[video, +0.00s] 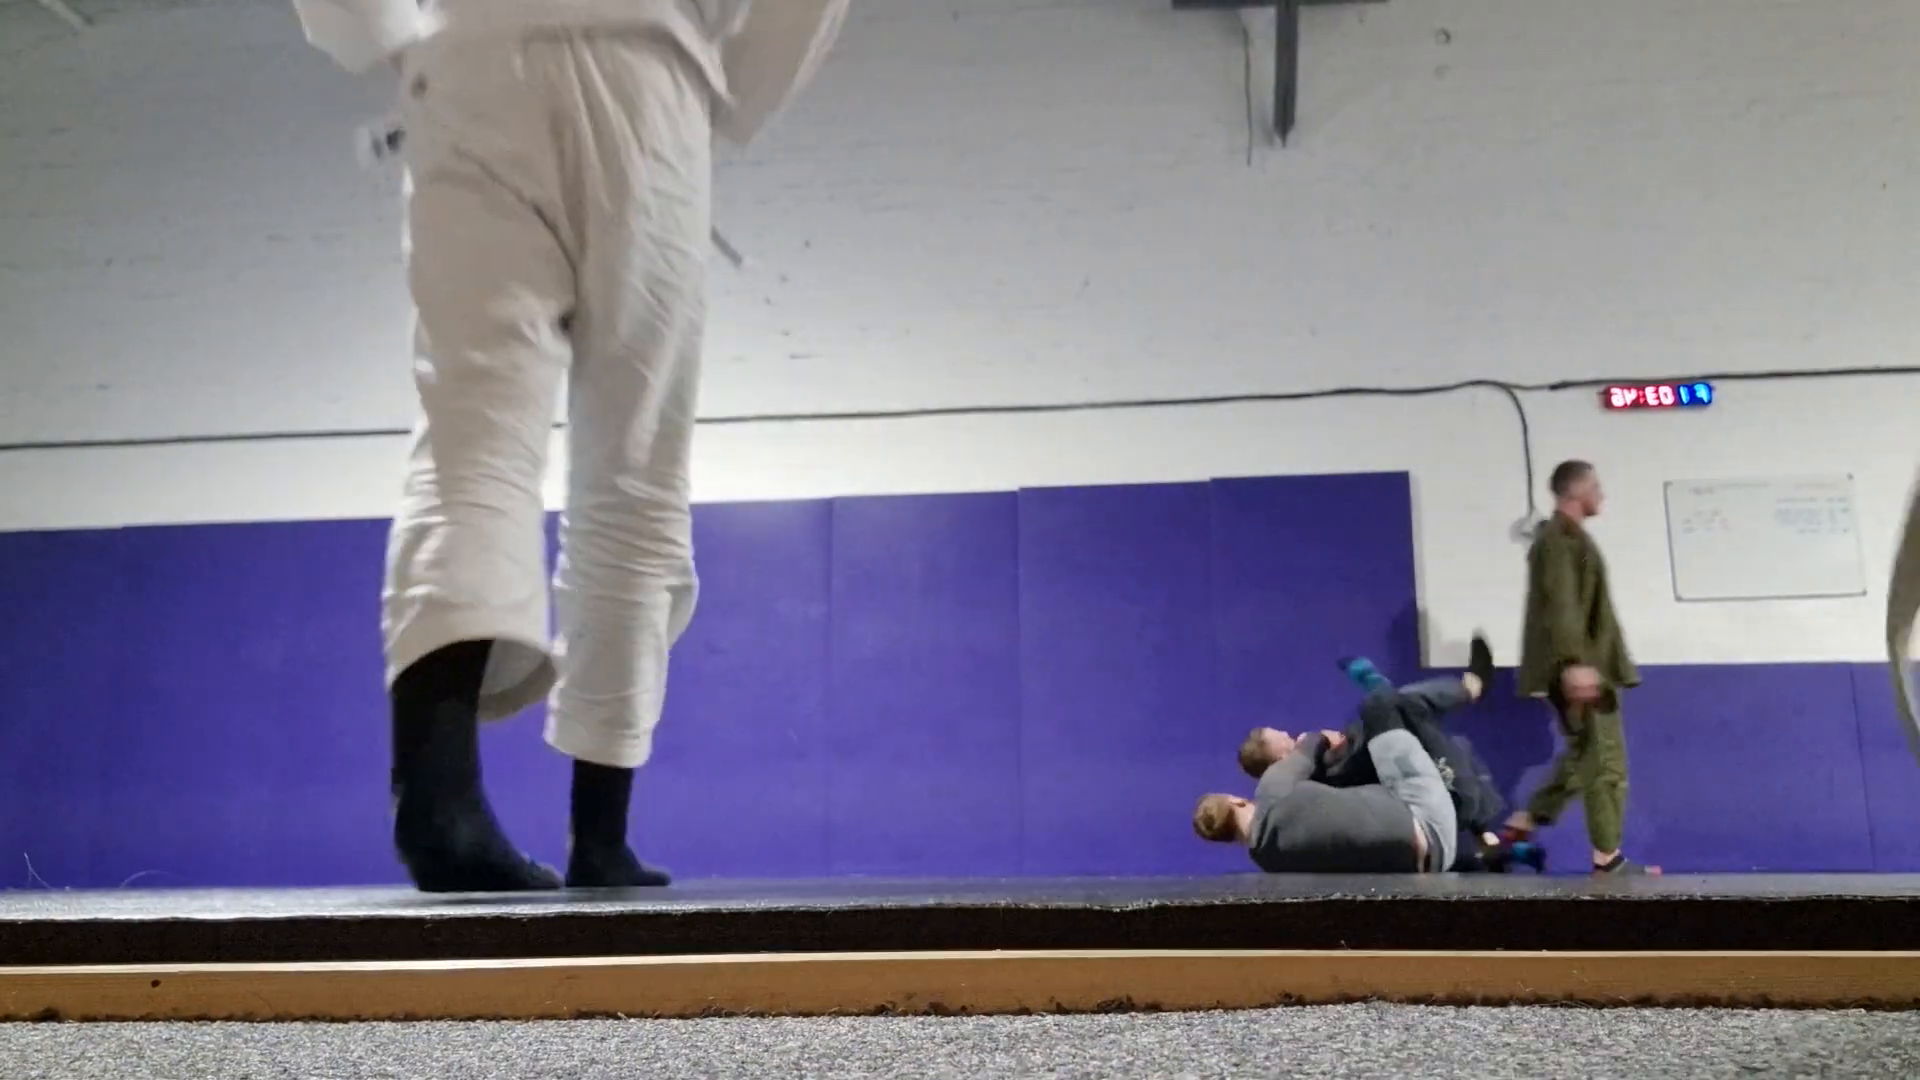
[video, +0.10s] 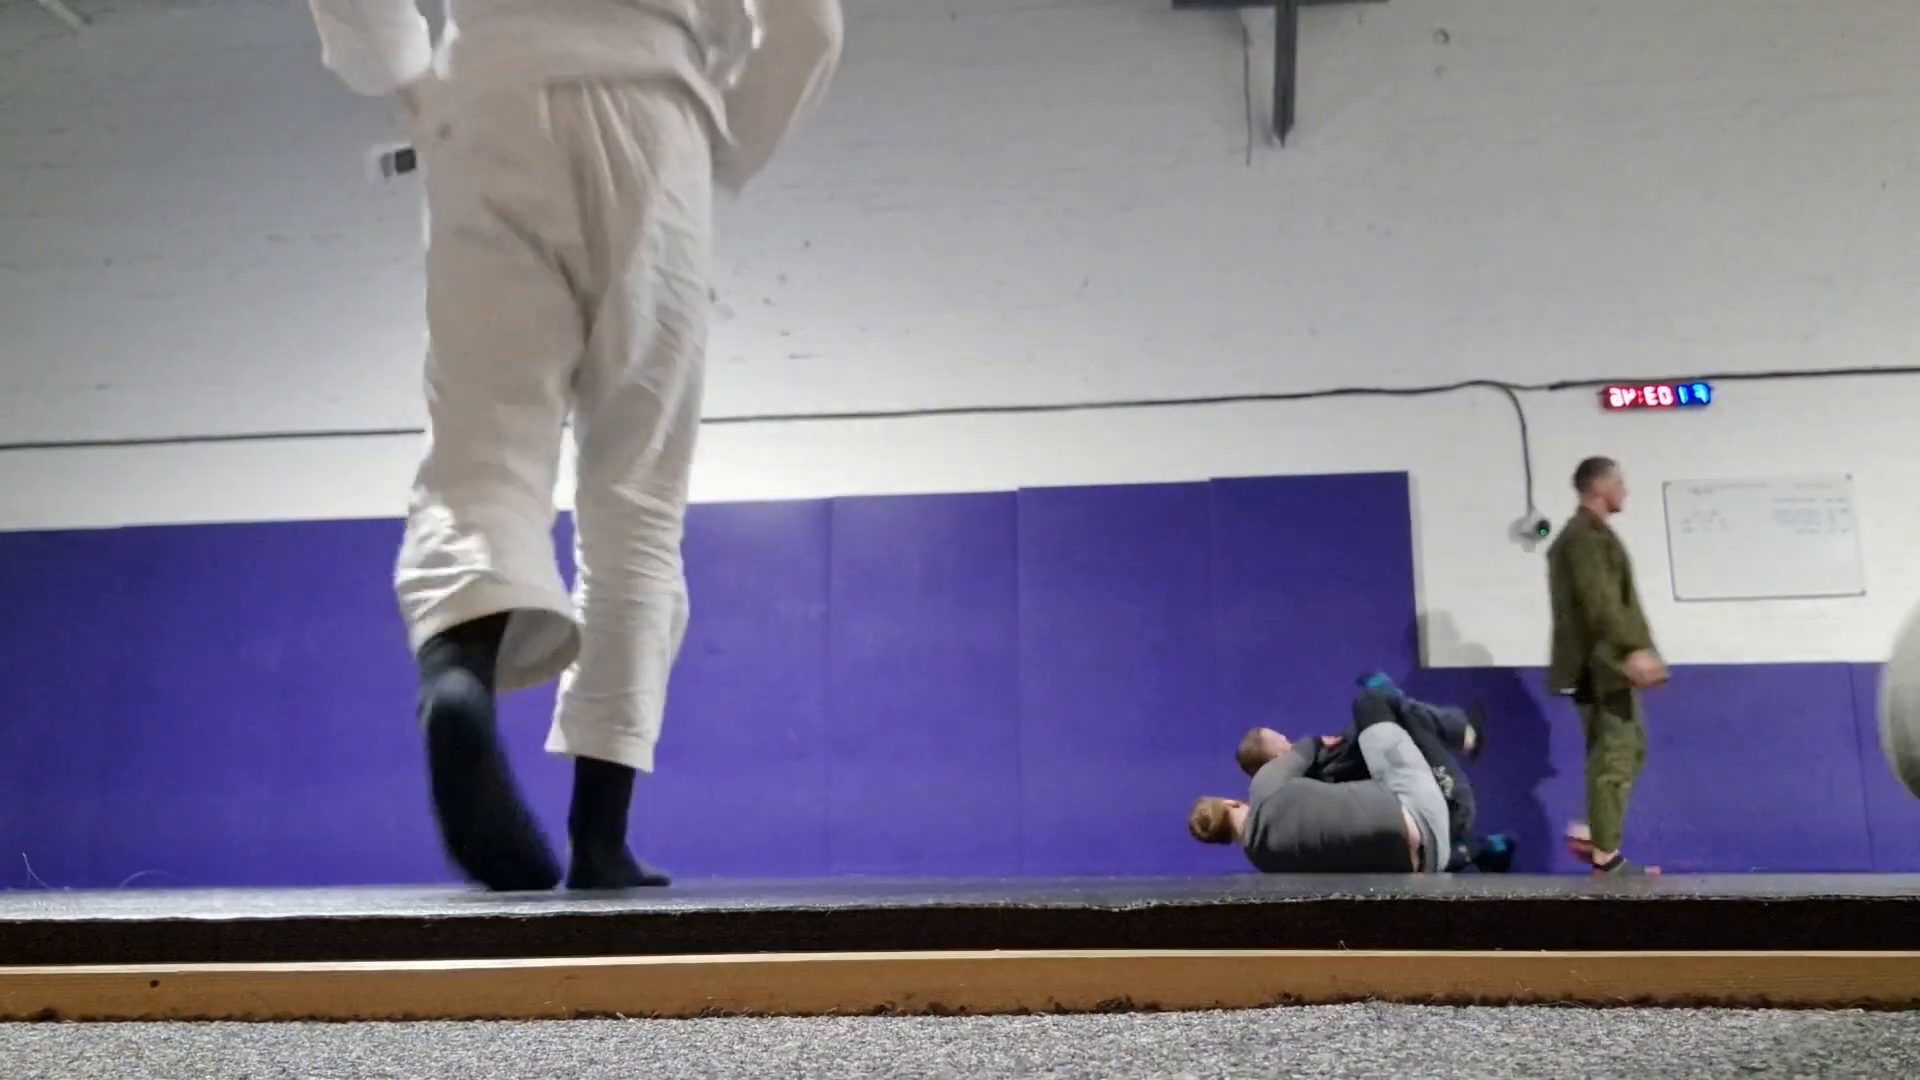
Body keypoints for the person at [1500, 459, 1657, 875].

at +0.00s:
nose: (1600, 494)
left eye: (1597, 486)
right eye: (1593, 486)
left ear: (1571, 492)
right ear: (1574, 492)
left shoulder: (1571, 537)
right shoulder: (1558, 540)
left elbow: (1574, 607)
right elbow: (1563, 606)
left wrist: (1605, 663)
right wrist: (1574, 662)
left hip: (1577, 669)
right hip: (1582, 670)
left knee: (1588, 754)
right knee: (1605, 760)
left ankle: (1525, 823)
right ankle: (1607, 858)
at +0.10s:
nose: (1623, 489)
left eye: (1621, 482)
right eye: (1617, 482)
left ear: (1592, 488)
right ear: (1596, 487)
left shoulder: (1585, 535)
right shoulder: (1586, 538)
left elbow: (1593, 607)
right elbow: (1601, 604)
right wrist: (1634, 651)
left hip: (1596, 664)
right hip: (1600, 665)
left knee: (1622, 747)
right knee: (1615, 750)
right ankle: (1606, 855)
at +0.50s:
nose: (1718, 489)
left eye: (1715, 482)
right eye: (1710, 482)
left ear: (1688, 492)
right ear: (1689, 490)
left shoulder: (1689, 537)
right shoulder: (1683, 539)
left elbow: (1698, 608)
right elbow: (1713, 601)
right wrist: (1763, 641)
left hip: (1706, 669)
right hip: (1693, 671)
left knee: (1737, 755)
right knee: (1712, 752)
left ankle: (1750, 855)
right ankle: (1641, 826)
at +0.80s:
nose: (1792, 484)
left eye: (1789, 476)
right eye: (1785, 477)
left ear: (1761, 486)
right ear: (1763, 484)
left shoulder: (1756, 530)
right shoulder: (1760, 530)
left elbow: (1757, 601)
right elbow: (1759, 598)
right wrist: (1762, 656)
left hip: (1762, 669)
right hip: (1792, 665)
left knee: (1763, 762)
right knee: (1833, 753)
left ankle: (1751, 855)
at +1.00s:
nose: (1847, 484)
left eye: (1843, 476)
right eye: (1840, 477)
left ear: (1812, 487)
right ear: (1822, 485)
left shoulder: (1803, 535)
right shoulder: (1818, 535)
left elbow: (1809, 606)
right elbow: (1815, 602)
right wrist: (1816, 659)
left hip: (1819, 674)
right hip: (1855, 670)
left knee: (1804, 760)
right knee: (1897, 762)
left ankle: (1761, 841)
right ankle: (1916, 849)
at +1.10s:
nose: (1873, 482)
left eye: (1870, 474)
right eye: (1867, 474)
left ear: (1834, 482)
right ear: (1848, 480)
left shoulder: (1815, 535)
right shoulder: (1850, 531)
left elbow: (1823, 607)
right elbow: (1856, 596)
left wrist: (1838, 660)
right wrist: (1868, 652)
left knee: (1850, 749)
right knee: (1908, 758)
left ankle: (1799, 819)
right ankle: (1917, 851)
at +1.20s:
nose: (1897, 481)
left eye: (1894, 473)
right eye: (1893, 473)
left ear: (1856, 479)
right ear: (1876, 477)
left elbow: (1840, 608)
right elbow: (1897, 594)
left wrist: (1857, 651)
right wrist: (1919, 638)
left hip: (1858, 665)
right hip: (1894, 662)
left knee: (1886, 741)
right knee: (1909, 752)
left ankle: (1852, 816)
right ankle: (1917, 848)